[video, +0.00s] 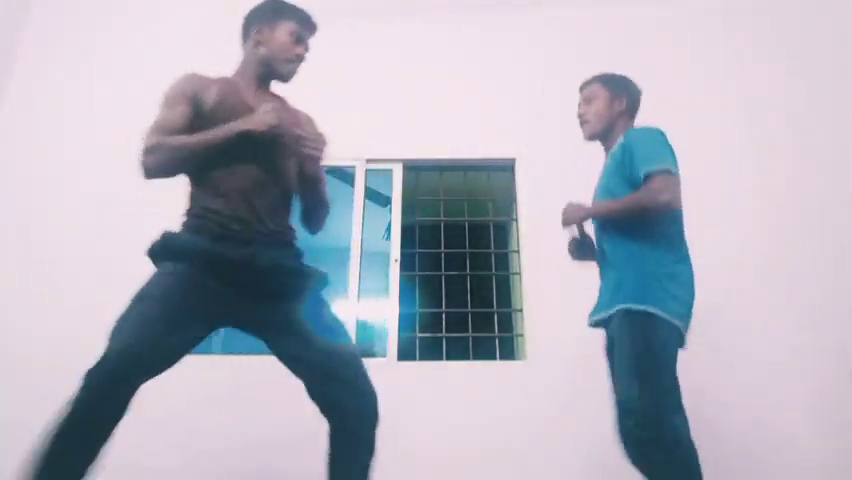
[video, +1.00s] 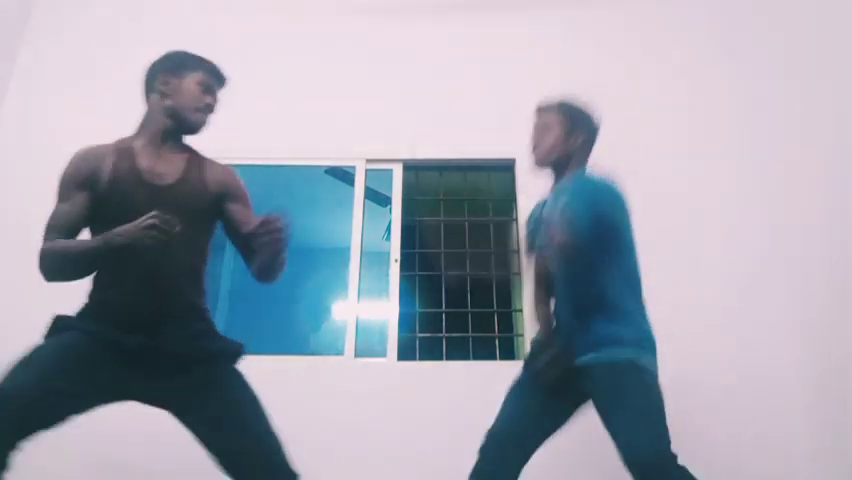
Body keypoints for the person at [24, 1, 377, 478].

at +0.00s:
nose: (303, 51)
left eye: (307, 44)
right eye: (296, 38)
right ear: (258, 34)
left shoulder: (299, 123)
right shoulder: (198, 89)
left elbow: (315, 221)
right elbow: (154, 160)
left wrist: (312, 169)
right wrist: (243, 126)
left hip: (276, 278)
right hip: (198, 270)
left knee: (356, 400)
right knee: (115, 372)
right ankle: (51, 475)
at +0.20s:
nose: (329, 102)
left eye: (331, 94)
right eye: (321, 89)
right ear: (283, 88)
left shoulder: (325, 178)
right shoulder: (220, 149)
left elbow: (342, 273)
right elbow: (185, 227)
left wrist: (344, 231)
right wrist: (268, 178)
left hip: (302, 335)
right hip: (222, 330)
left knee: (369, 468)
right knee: (172, 437)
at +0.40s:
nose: (317, 68)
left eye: (321, 62)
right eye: (311, 55)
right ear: (273, 50)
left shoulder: (302, 139)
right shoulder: (204, 98)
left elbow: (312, 234)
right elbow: (145, 161)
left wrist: (312, 181)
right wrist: (232, 133)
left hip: (257, 278)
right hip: (180, 265)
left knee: (313, 422)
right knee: (97, 362)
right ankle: (61, 475)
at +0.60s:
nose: (267, 88)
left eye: (270, 81)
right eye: (259, 75)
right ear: (221, 71)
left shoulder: (257, 173)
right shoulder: (146, 132)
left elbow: (261, 270)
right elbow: (84, 205)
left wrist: (261, 227)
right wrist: (165, 173)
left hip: (193, 330)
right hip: (110, 311)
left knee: (259, 455)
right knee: (12, 421)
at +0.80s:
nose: (238, 92)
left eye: (242, 86)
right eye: (230, 79)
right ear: (190, 76)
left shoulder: (235, 173)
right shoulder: (116, 136)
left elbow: (245, 272)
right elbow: (55, 220)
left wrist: (227, 239)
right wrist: (135, 190)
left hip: (184, 334)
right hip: (95, 320)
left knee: (275, 432)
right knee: (6, 414)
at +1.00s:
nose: (213, 101)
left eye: (215, 94)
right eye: (204, 87)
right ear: (164, 85)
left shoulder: (219, 179)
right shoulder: (93, 164)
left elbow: (265, 271)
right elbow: (52, 262)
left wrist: (273, 246)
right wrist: (120, 237)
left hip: (190, 354)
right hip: (99, 346)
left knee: (272, 473)